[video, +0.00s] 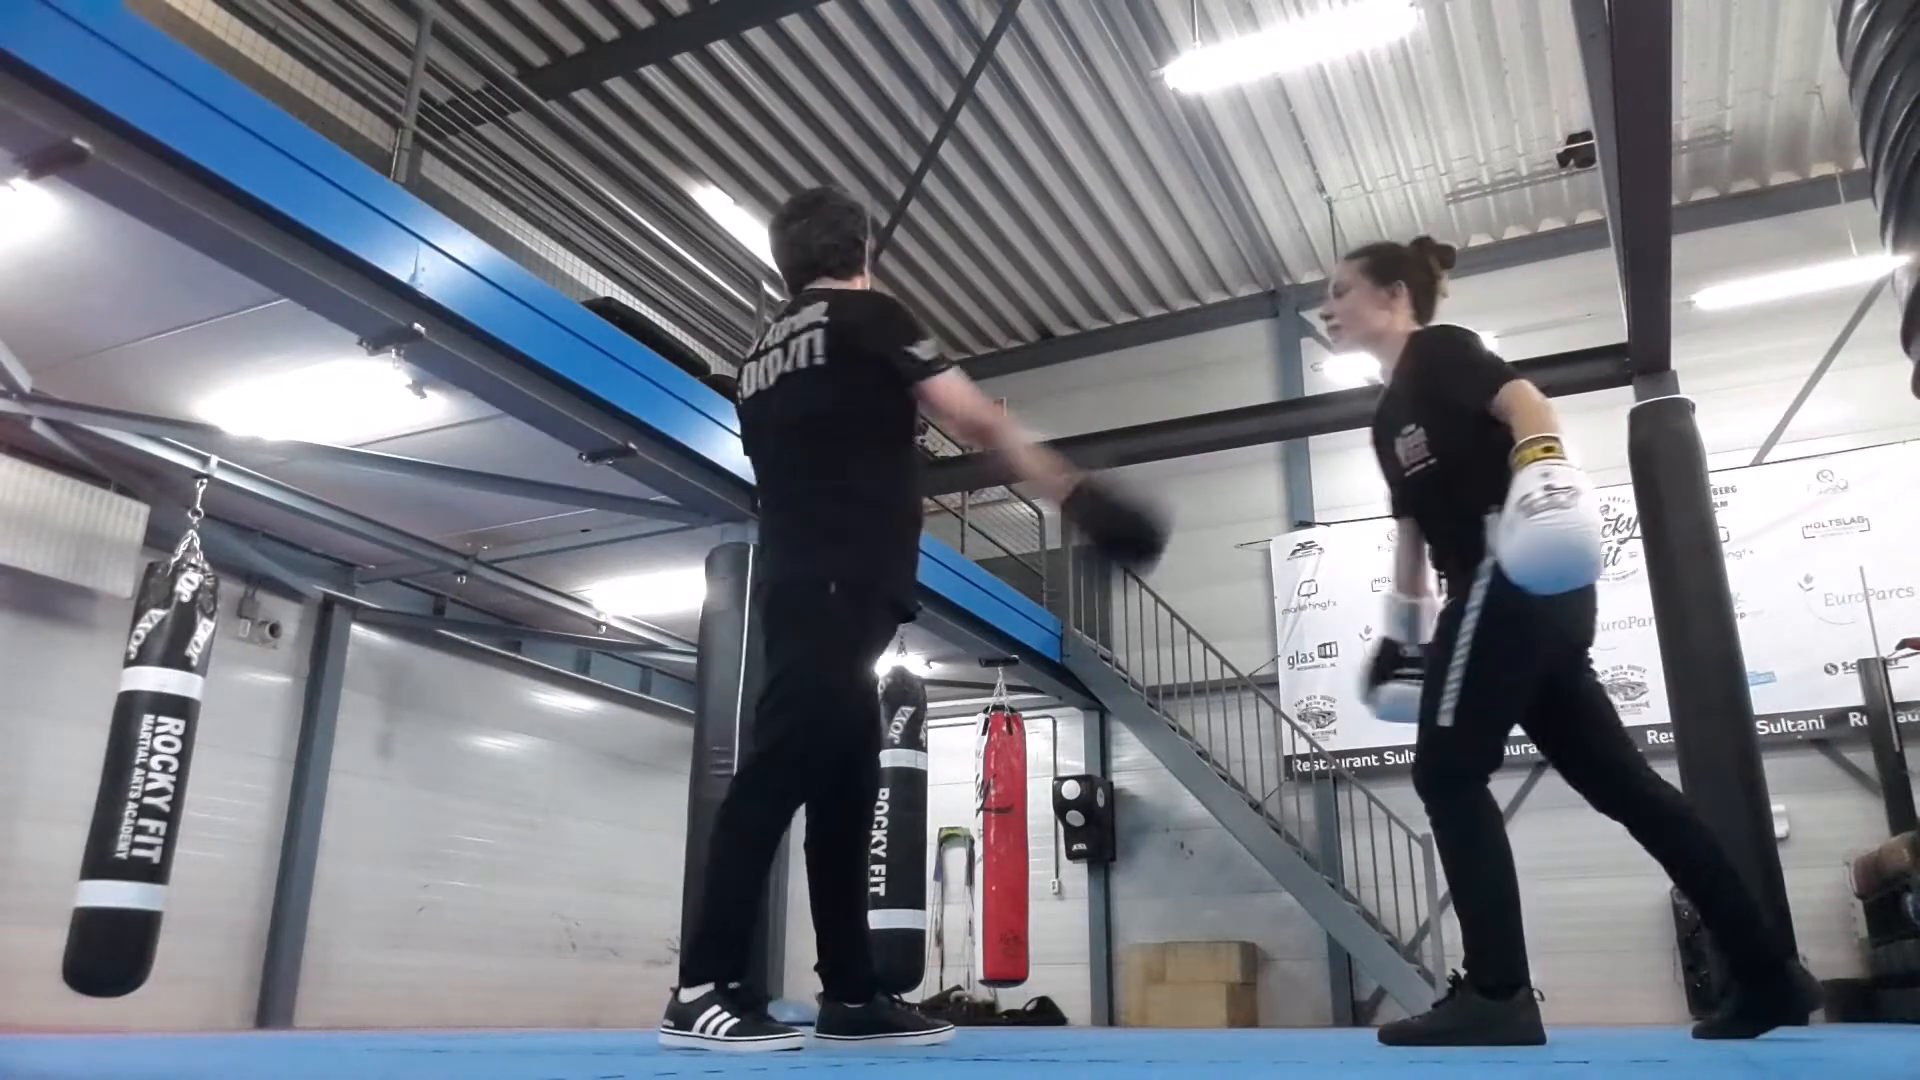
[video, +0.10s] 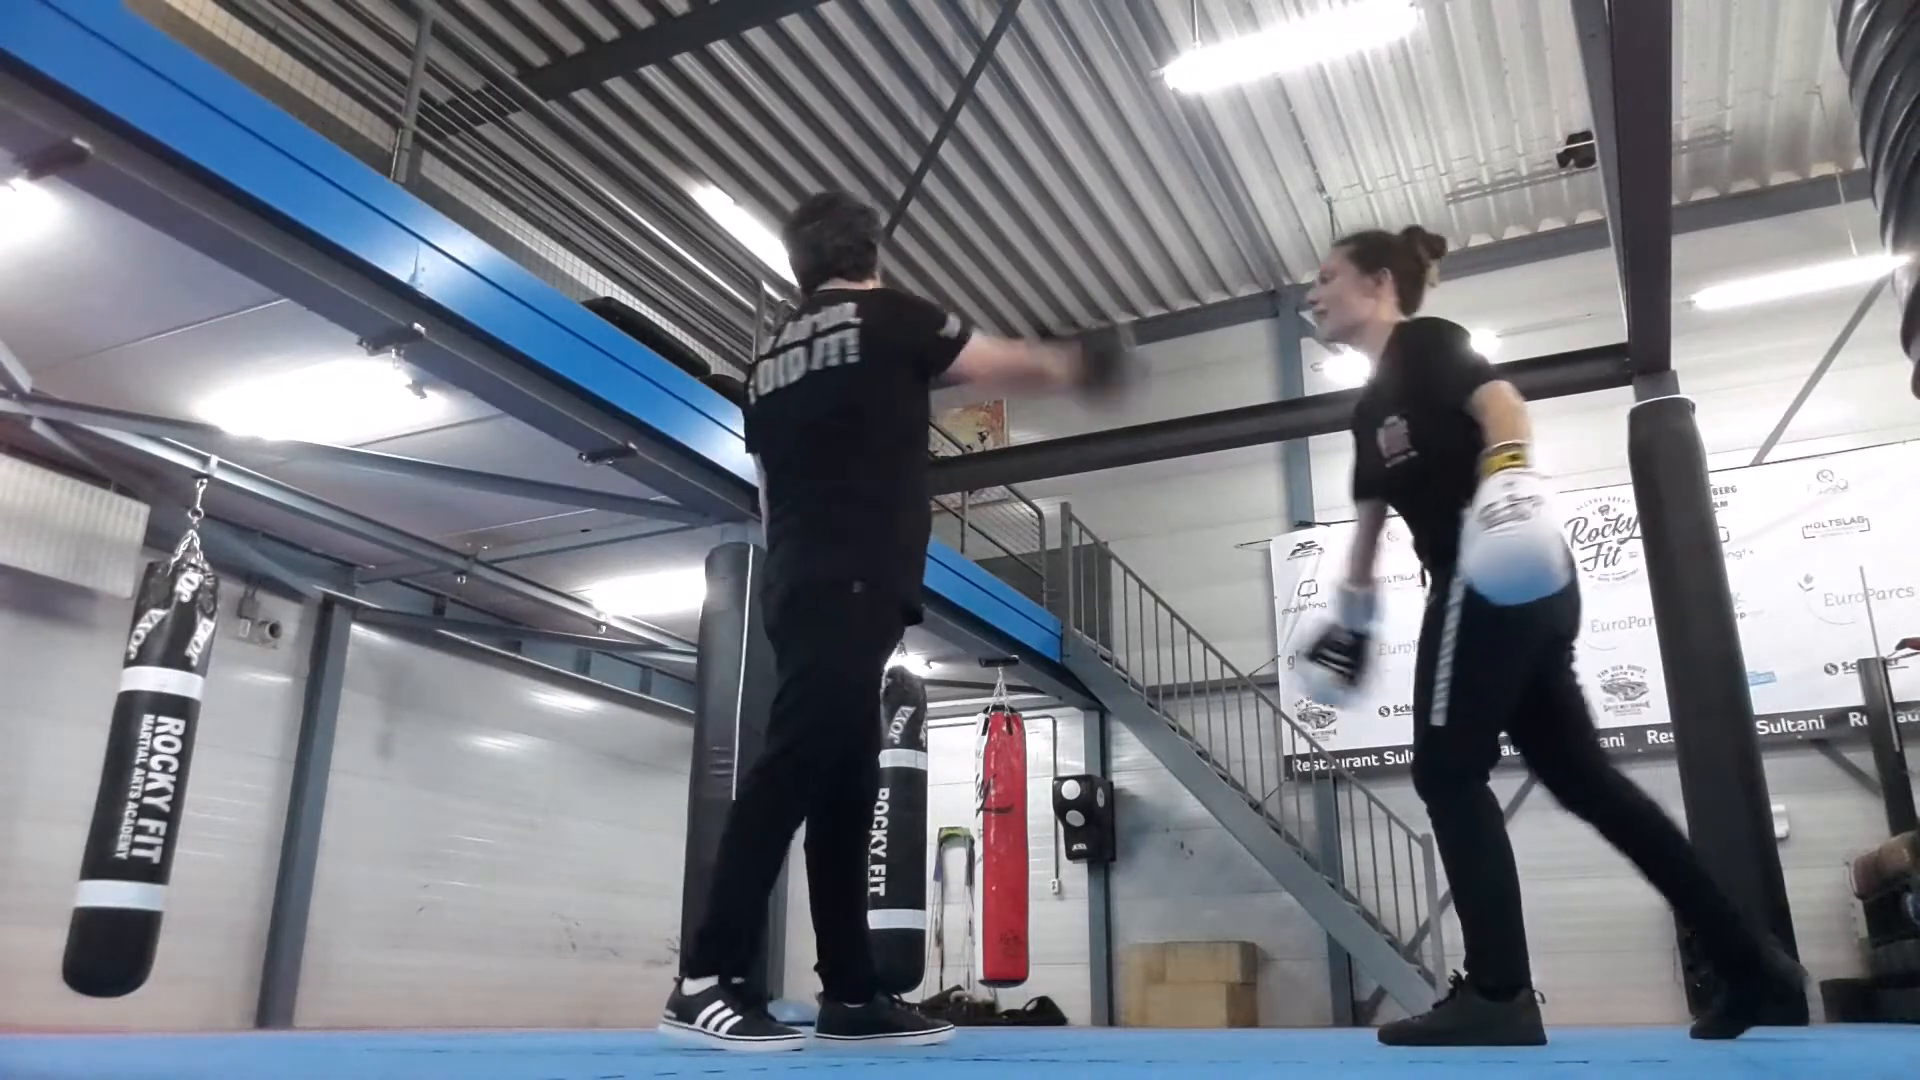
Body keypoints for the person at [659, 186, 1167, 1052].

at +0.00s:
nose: (877, 268)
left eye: (868, 257)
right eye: (875, 254)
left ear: (786, 268)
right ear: (864, 255)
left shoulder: (761, 354)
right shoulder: (863, 315)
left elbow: (806, 458)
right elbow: (977, 421)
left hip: (801, 587)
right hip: (836, 585)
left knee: (847, 787)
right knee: (774, 775)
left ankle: (853, 998)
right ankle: (705, 996)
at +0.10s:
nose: (880, 266)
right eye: (876, 251)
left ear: (797, 269)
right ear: (874, 255)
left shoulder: (768, 361)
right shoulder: (886, 316)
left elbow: (774, 492)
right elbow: (1003, 364)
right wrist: (1075, 365)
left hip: (800, 588)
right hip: (853, 584)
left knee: (844, 789)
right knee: (787, 774)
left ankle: (854, 996)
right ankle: (708, 987)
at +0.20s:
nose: (897, 268)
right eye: (893, 255)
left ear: (817, 272)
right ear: (894, 260)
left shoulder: (779, 369)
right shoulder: (910, 311)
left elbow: (769, 497)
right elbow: (999, 310)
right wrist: (1009, 257)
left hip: (800, 584)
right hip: (874, 576)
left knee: (846, 785)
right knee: (807, 766)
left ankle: (854, 995)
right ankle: (711, 978)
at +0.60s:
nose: (928, 280)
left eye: (926, 271)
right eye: (922, 270)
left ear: (841, 284)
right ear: (902, 271)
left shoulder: (812, 377)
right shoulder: (896, 309)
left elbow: (802, 516)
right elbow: (1028, 285)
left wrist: (800, 608)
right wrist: (1025, 237)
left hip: (840, 584)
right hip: (891, 576)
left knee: (856, 787)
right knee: (835, 772)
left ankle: (852, 994)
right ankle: (725, 970)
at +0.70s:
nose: (926, 289)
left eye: (923, 278)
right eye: (919, 278)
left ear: (846, 289)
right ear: (893, 275)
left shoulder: (814, 389)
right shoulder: (889, 317)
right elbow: (1048, 330)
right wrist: (1063, 318)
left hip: (848, 585)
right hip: (886, 576)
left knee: (855, 787)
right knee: (838, 770)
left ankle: (850, 998)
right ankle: (725, 967)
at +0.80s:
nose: (929, 296)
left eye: (925, 285)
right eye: (922, 283)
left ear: (858, 291)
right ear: (892, 279)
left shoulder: (826, 385)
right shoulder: (888, 323)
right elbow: (1023, 373)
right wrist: (1068, 410)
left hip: (856, 584)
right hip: (884, 579)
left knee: (858, 790)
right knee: (842, 772)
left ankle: (850, 998)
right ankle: (728, 965)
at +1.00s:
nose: (948, 311)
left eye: (948, 298)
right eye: (943, 295)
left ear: (882, 293)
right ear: (907, 287)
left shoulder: (857, 356)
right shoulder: (894, 329)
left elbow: (904, 475)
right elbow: (941, 423)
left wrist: (972, 439)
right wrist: (1024, 523)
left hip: (864, 582)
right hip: (887, 580)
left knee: (860, 787)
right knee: (884, 773)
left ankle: (849, 995)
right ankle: (752, 946)